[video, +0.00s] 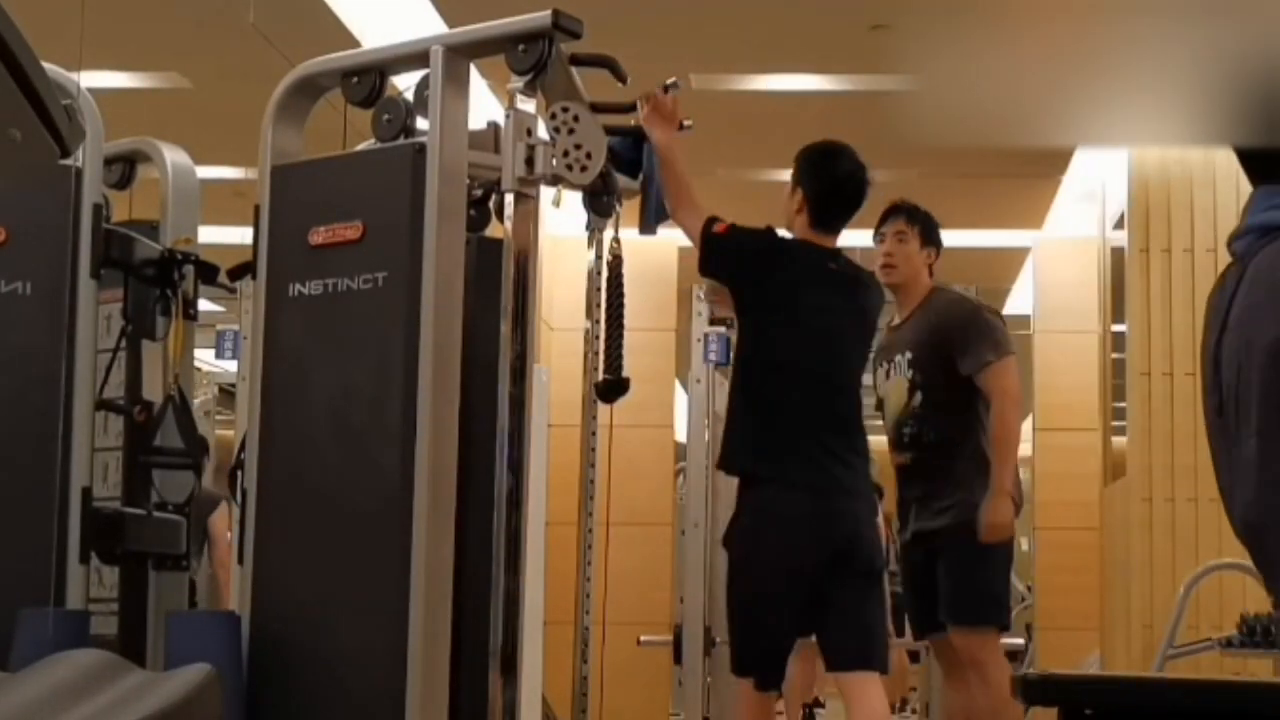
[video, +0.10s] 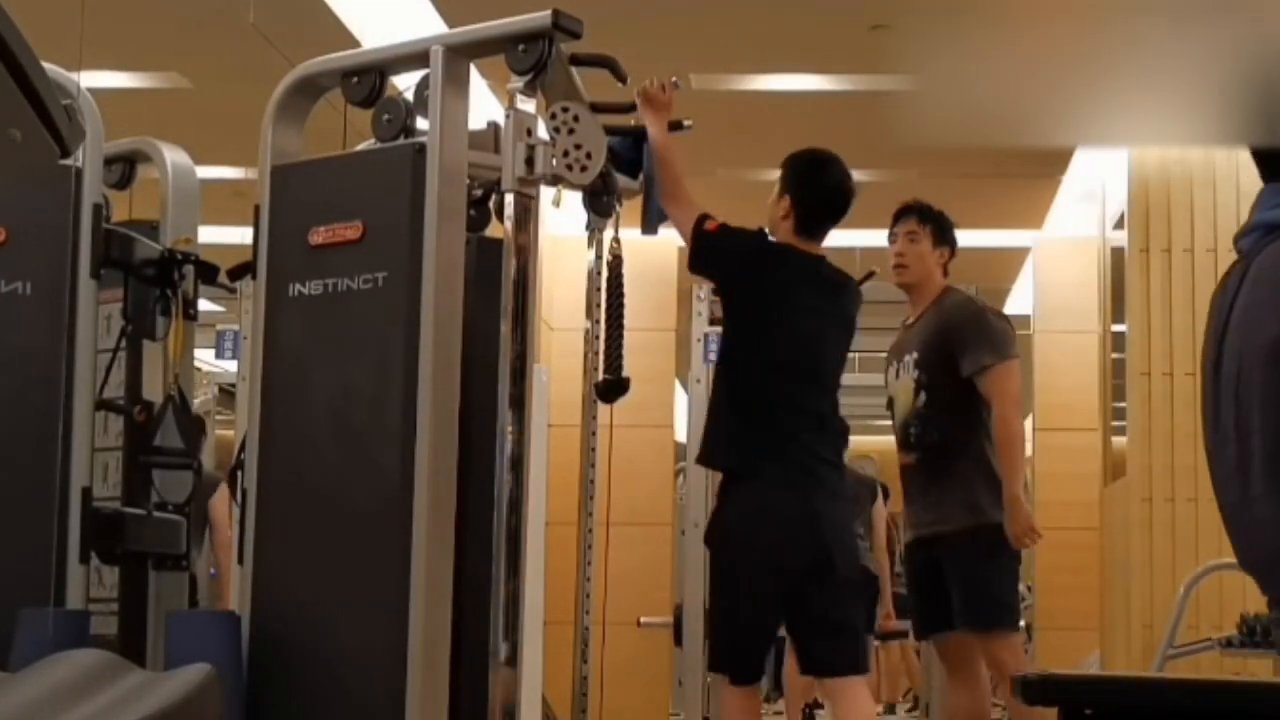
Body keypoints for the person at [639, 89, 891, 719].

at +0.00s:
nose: (786, 197)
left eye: (790, 188)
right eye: (792, 188)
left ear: (798, 199)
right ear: (853, 210)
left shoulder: (763, 258)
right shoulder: (865, 290)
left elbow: (687, 212)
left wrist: (663, 140)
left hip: (773, 498)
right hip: (850, 504)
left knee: (758, 681)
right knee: (862, 676)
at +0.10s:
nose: (771, 201)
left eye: (777, 192)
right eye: (778, 192)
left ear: (786, 204)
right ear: (835, 216)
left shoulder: (751, 260)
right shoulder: (844, 291)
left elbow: (678, 204)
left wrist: (657, 124)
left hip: (751, 493)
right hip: (826, 497)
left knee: (741, 677)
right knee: (846, 676)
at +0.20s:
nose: (760, 201)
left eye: (766, 192)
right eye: (767, 192)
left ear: (776, 206)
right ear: (820, 218)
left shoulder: (742, 257)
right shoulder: (825, 288)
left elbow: (675, 201)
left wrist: (649, 117)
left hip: (738, 485)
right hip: (805, 488)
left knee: (734, 668)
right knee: (818, 664)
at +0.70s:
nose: (723, 216)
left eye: (733, 209)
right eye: (730, 207)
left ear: (752, 226)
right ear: (767, 235)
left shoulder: (732, 282)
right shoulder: (743, 285)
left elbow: (664, 209)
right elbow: (661, 213)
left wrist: (647, 120)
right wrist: (656, 129)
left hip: (709, 498)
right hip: (736, 496)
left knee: (686, 667)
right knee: (728, 665)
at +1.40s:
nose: (668, 257)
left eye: (681, 252)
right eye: (677, 250)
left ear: (696, 275)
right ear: (705, 285)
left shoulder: (672, 319)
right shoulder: (676, 326)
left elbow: (645, 206)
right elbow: (650, 214)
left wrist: (648, 126)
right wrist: (655, 136)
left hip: (645, 540)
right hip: (652, 537)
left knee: (634, 694)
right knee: (664, 688)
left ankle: (771, 719)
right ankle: (773, 719)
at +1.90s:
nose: (698, 242)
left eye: (711, 239)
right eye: (708, 236)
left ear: (727, 264)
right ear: (729, 268)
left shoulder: (689, 307)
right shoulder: (688, 307)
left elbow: (639, 212)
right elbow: (647, 217)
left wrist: (646, 125)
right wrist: (656, 137)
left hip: (589, 486)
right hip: (600, 485)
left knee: (546, 649)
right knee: (600, 629)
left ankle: (683, 710)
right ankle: (701, 657)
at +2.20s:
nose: (718, 189)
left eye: (732, 183)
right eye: (727, 181)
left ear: (755, 203)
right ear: (760, 212)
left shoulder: (720, 250)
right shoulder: (737, 272)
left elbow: (638, 201)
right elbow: (642, 231)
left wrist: (645, 125)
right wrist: (652, 149)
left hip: (595, 404)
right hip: (620, 411)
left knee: (535, 556)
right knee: (572, 553)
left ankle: (634, 637)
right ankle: (659, 608)